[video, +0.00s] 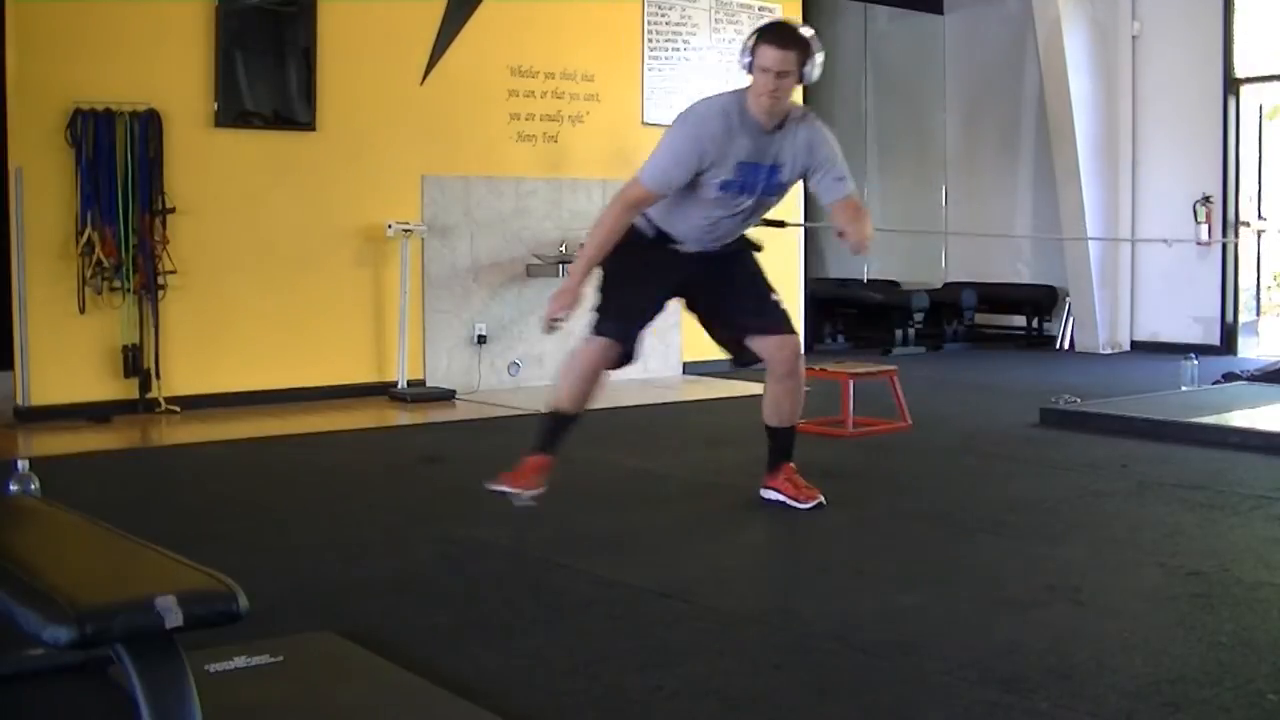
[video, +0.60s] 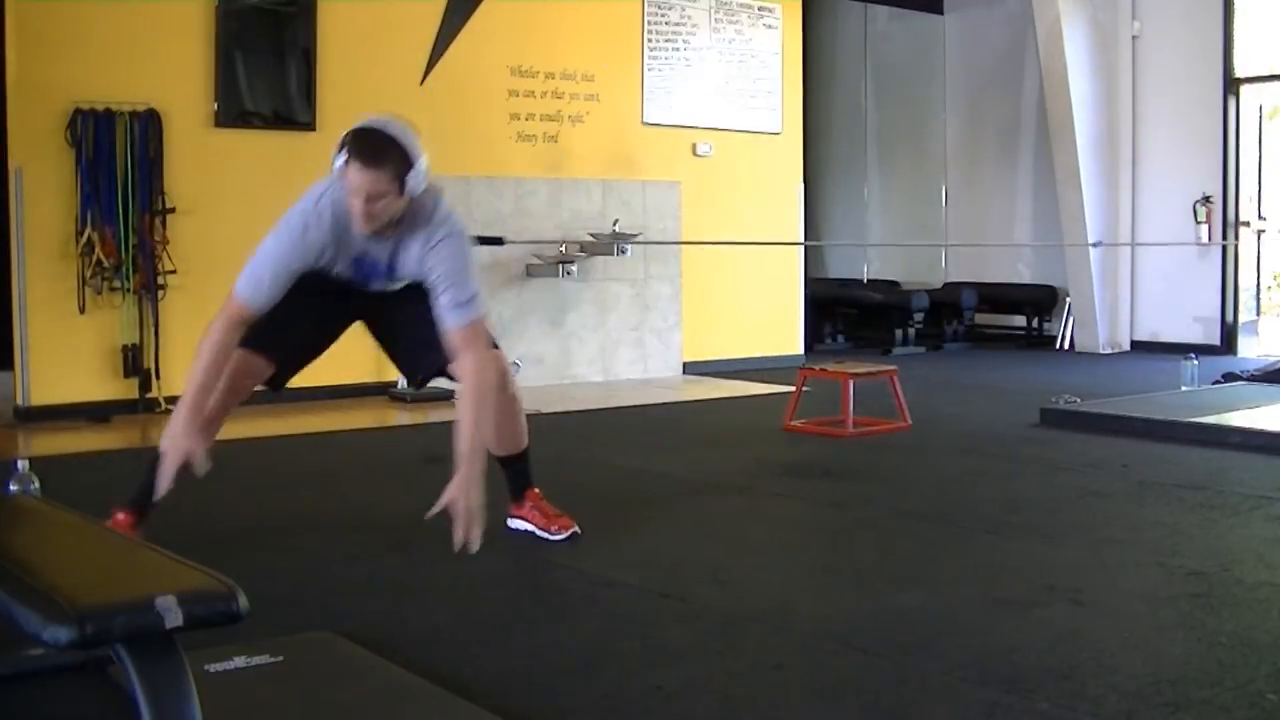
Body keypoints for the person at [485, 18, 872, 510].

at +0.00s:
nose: (769, 85)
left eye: (782, 76)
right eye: (762, 71)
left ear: (801, 80)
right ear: (749, 68)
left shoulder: (811, 138)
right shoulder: (707, 122)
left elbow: (844, 203)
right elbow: (630, 201)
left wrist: (856, 228)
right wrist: (573, 281)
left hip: (721, 252)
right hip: (650, 243)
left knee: (784, 351)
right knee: (604, 346)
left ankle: (779, 473)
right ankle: (538, 461)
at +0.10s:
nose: (705, 93)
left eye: (718, 83)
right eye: (697, 80)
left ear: (737, 83)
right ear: (685, 75)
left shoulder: (754, 142)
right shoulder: (643, 131)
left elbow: (804, 216)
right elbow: (556, 197)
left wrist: (808, 259)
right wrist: (520, 269)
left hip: (680, 259)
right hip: (600, 252)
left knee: (761, 361)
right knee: (522, 340)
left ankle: (778, 476)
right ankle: (454, 474)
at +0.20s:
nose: (611, 77)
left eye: (624, 66)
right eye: (603, 63)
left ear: (648, 68)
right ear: (592, 61)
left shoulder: (673, 124)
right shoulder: (554, 116)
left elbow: (720, 203)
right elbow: (467, 186)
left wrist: (736, 294)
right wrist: (490, 214)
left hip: (623, 258)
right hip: (537, 253)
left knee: (702, 367)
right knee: (472, 355)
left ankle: (771, 470)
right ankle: (442, 506)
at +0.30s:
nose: (536, 72)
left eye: (551, 60)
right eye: (527, 58)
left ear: (578, 57)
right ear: (516, 53)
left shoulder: (607, 110)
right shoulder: (483, 104)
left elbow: (652, 193)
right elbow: (391, 173)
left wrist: (674, 289)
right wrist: (423, 225)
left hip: (559, 246)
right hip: (473, 242)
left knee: (641, 349)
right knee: (417, 346)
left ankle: (676, 467)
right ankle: (428, 501)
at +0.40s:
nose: (482, 92)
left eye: (496, 80)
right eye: (474, 77)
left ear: (526, 75)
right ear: (463, 68)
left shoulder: (560, 124)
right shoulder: (430, 116)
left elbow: (606, 217)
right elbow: (340, 197)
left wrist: (627, 321)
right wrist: (331, 298)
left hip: (496, 234)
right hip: (412, 226)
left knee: (569, 338)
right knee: (349, 328)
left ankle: (554, 482)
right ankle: (346, 483)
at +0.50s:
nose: (421, 142)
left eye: (438, 130)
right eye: (413, 126)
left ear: (470, 124)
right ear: (404, 114)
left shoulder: (506, 169)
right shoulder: (380, 150)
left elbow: (553, 275)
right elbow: (286, 246)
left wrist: (558, 394)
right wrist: (253, 363)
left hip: (454, 255)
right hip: (365, 242)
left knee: (505, 363)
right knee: (290, 346)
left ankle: (524, 499)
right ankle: (192, 491)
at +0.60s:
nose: (362, 210)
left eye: (378, 198)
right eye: (352, 195)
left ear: (408, 189)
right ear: (339, 180)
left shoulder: (438, 230)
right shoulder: (314, 214)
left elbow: (474, 355)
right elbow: (233, 319)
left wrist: (468, 472)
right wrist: (185, 418)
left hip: (405, 291)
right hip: (321, 287)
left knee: (493, 367)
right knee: (233, 377)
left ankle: (527, 499)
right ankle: (133, 513)